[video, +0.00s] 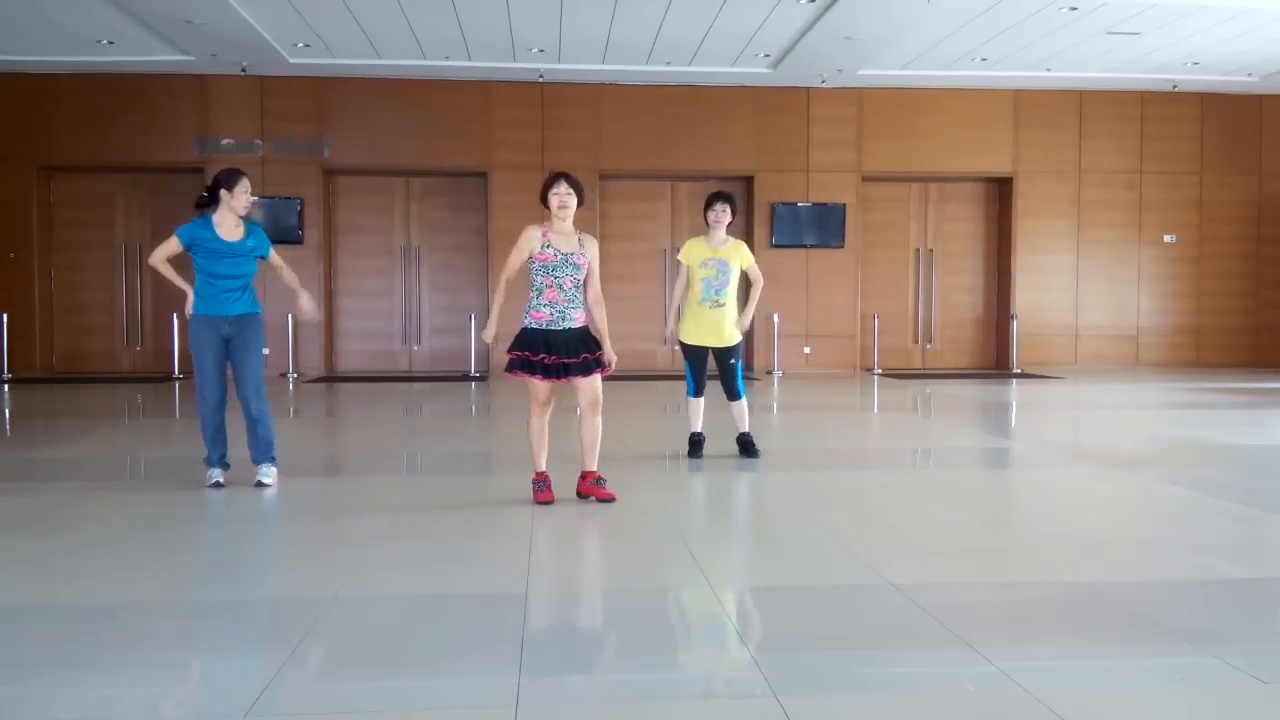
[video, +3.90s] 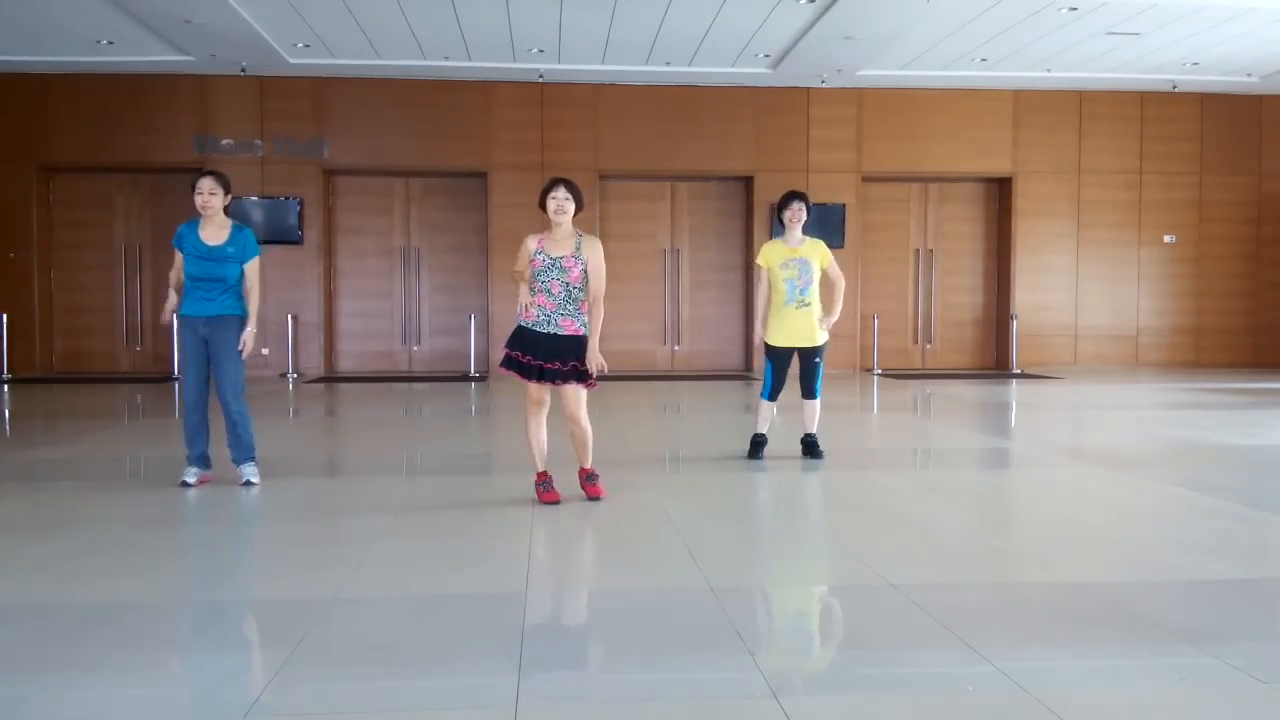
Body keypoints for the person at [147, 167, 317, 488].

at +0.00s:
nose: (250, 199)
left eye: (250, 193)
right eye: (244, 193)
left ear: (238, 196)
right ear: (224, 195)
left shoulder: (254, 233)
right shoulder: (197, 229)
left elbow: (280, 266)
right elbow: (156, 258)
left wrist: (301, 291)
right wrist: (187, 288)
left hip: (246, 321)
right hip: (205, 322)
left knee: (252, 395)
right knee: (211, 397)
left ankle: (266, 463)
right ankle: (216, 465)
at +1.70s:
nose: (231, 198)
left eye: (233, 193)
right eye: (224, 193)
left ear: (234, 197)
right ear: (205, 197)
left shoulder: (246, 232)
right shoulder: (185, 235)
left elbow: (265, 278)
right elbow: (159, 266)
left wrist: (274, 320)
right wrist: (185, 291)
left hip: (241, 322)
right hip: (202, 324)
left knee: (245, 398)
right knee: (196, 398)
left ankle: (249, 463)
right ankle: (184, 465)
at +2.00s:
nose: (217, 202)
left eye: (220, 196)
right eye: (210, 196)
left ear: (223, 199)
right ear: (191, 199)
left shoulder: (230, 237)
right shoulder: (170, 232)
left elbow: (236, 285)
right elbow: (139, 260)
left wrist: (228, 328)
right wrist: (161, 288)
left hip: (211, 323)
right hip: (172, 324)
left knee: (225, 397)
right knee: (177, 398)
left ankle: (245, 461)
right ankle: (182, 466)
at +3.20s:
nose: (213, 198)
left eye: (220, 192)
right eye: (208, 193)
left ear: (236, 196)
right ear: (203, 197)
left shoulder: (257, 235)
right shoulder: (196, 234)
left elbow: (270, 282)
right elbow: (184, 273)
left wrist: (275, 323)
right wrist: (174, 294)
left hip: (251, 323)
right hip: (210, 324)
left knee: (249, 399)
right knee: (202, 397)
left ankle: (249, 463)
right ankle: (195, 466)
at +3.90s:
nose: (204, 199)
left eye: (211, 193)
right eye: (199, 193)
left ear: (226, 198)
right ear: (193, 197)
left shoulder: (242, 236)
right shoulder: (185, 233)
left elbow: (252, 284)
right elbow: (177, 272)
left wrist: (251, 326)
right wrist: (173, 296)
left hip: (227, 322)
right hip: (190, 323)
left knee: (231, 396)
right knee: (192, 396)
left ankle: (246, 462)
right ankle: (198, 464)